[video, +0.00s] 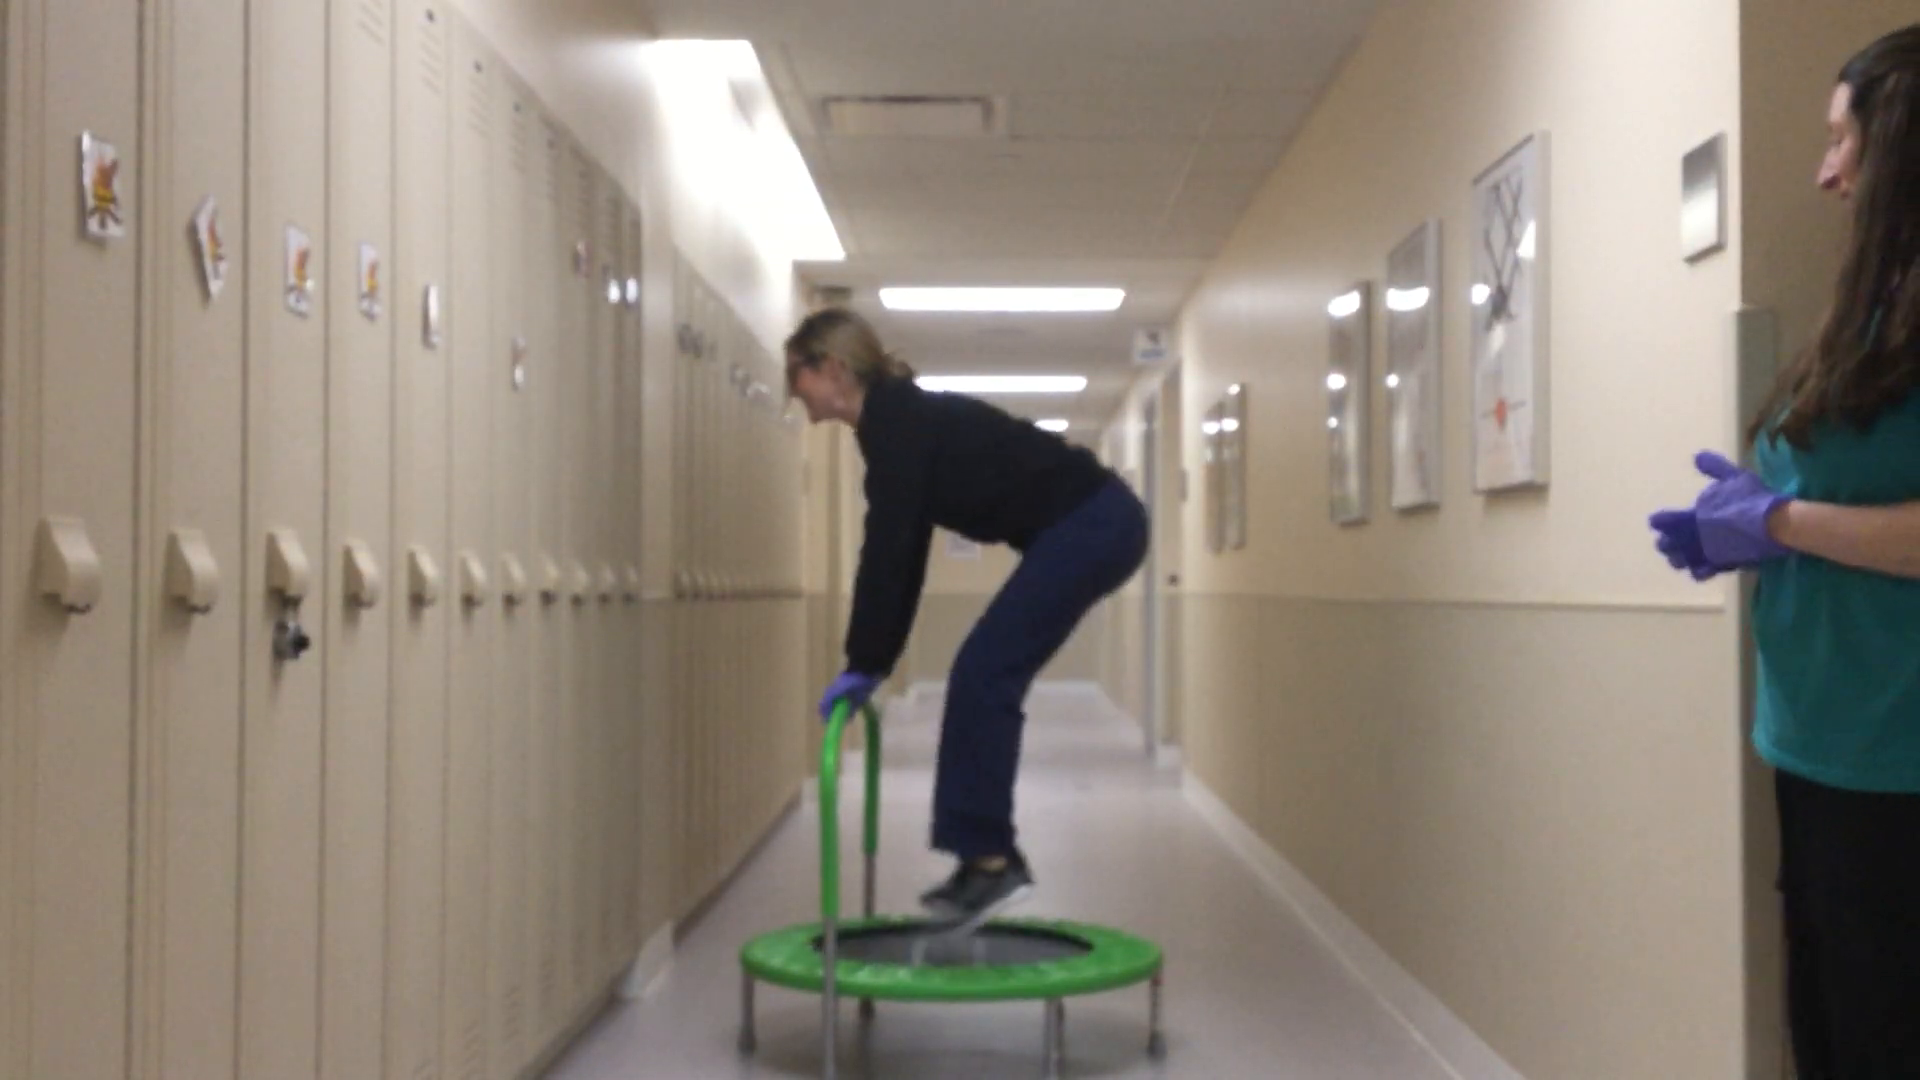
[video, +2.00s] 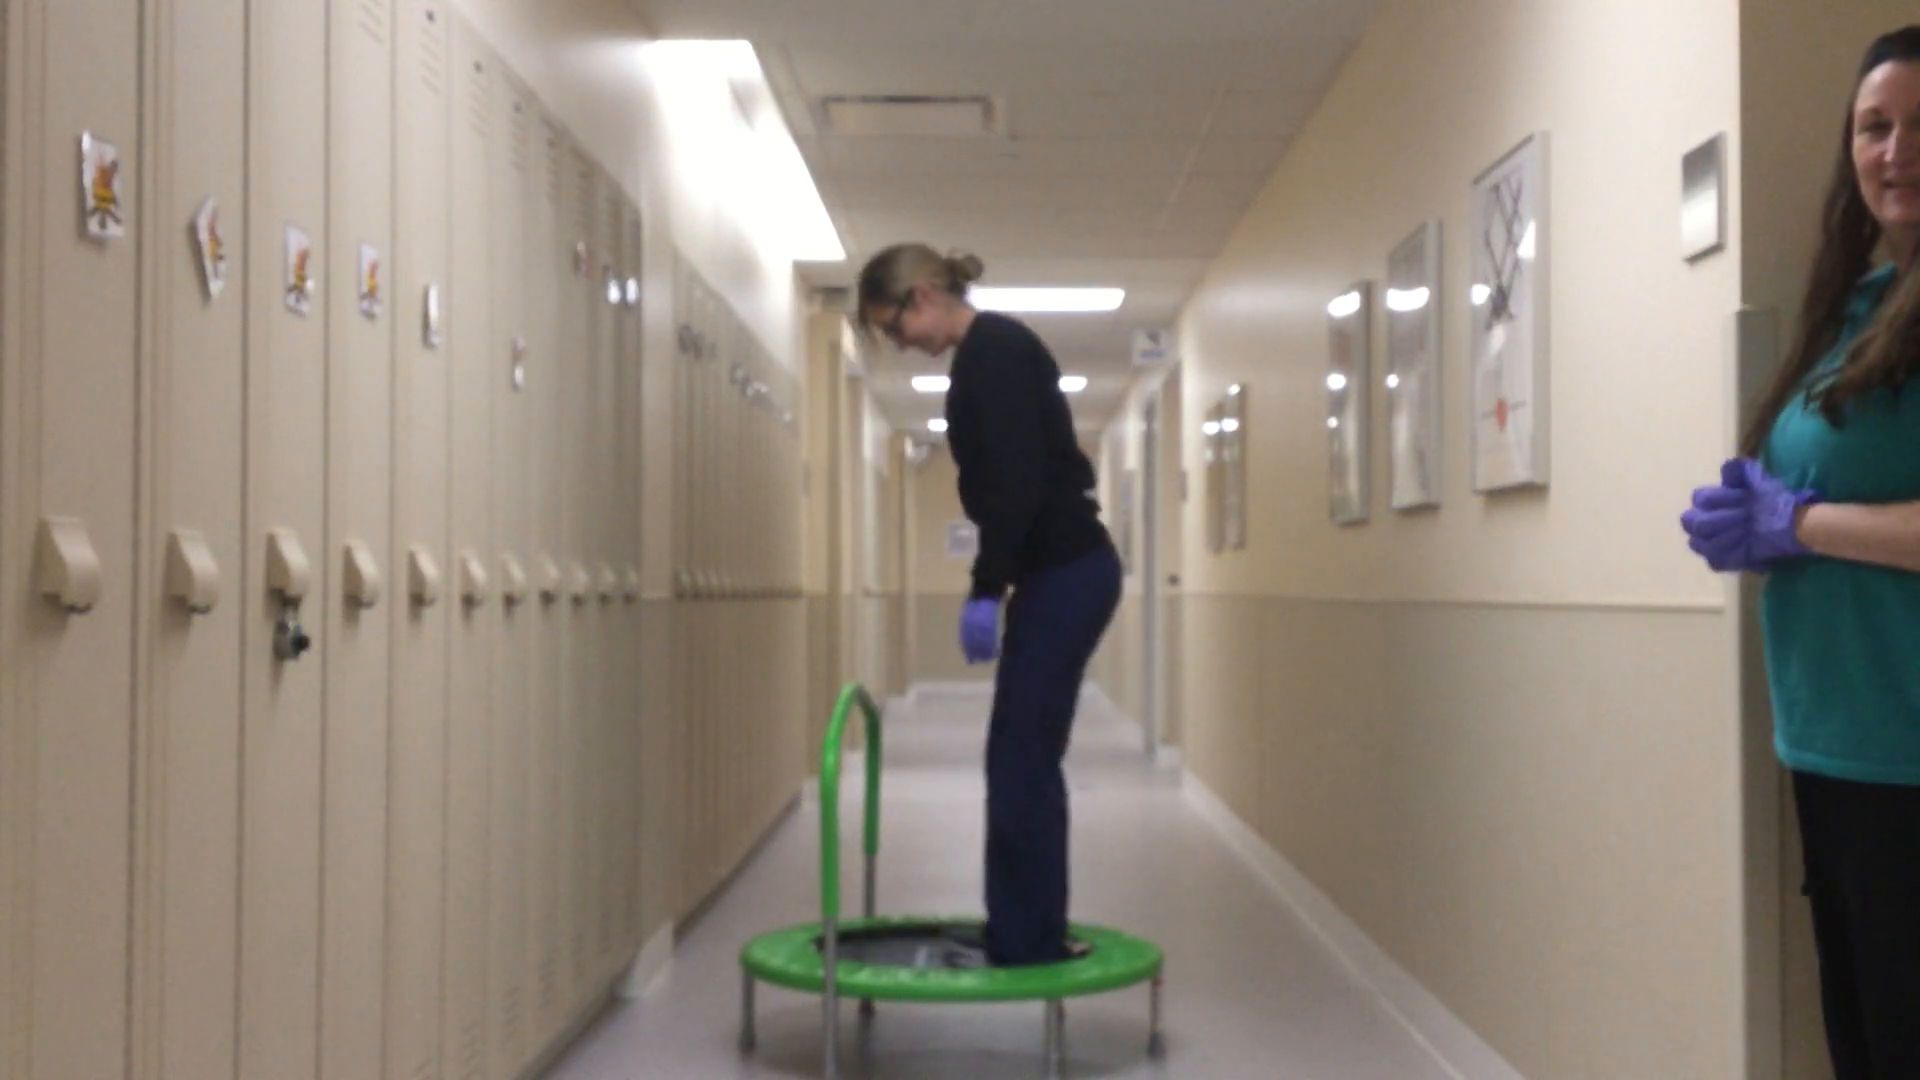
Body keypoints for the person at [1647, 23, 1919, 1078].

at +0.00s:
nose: (1826, 172)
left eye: (1843, 140)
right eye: (1829, 141)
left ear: (1900, 146)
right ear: (1879, 149)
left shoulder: (1907, 317)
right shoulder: (1866, 314)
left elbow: (1914, 534)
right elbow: (1833, 478)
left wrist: (1780, 522)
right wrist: (1752, 503)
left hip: (1887, 750)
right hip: (1814, 736)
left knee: (1878, 1032)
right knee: (1826, 1025)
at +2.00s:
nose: (1891, 149)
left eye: (1912, 126)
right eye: (1874, 126)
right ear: (1848, 145)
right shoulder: (1848, 297)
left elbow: (1915, 524)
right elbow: (1814, 469)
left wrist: (1800, 522)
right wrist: (1756, 505)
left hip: (1899, 740)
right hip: (1824, 731)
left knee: (1898, 1028)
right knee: (1858, 1025)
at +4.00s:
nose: (1804, 180)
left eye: (1817, 152)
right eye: (1805, 153)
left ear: (1876, 155)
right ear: (1878, 162)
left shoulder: (1901, 316)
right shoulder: (1850, 311)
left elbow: (1910, 529)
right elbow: (1810, 468)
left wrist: (1784, 524)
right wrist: (1754, 508)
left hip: (1889, 751)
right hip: (1818, 742)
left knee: (1889, 1036)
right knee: (1852, 1032)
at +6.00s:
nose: (1717, 163)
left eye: (1739, 123)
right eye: (1695, 146)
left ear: (1812, 114)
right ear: (1686, 166)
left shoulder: (1887, 271)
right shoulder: (1726, 305)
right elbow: (1726, 547)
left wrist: (1831, 593)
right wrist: (1681, 732)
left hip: (1883, 780)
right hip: (1771, 784)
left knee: (1876, 1049)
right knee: (1806, 1049)